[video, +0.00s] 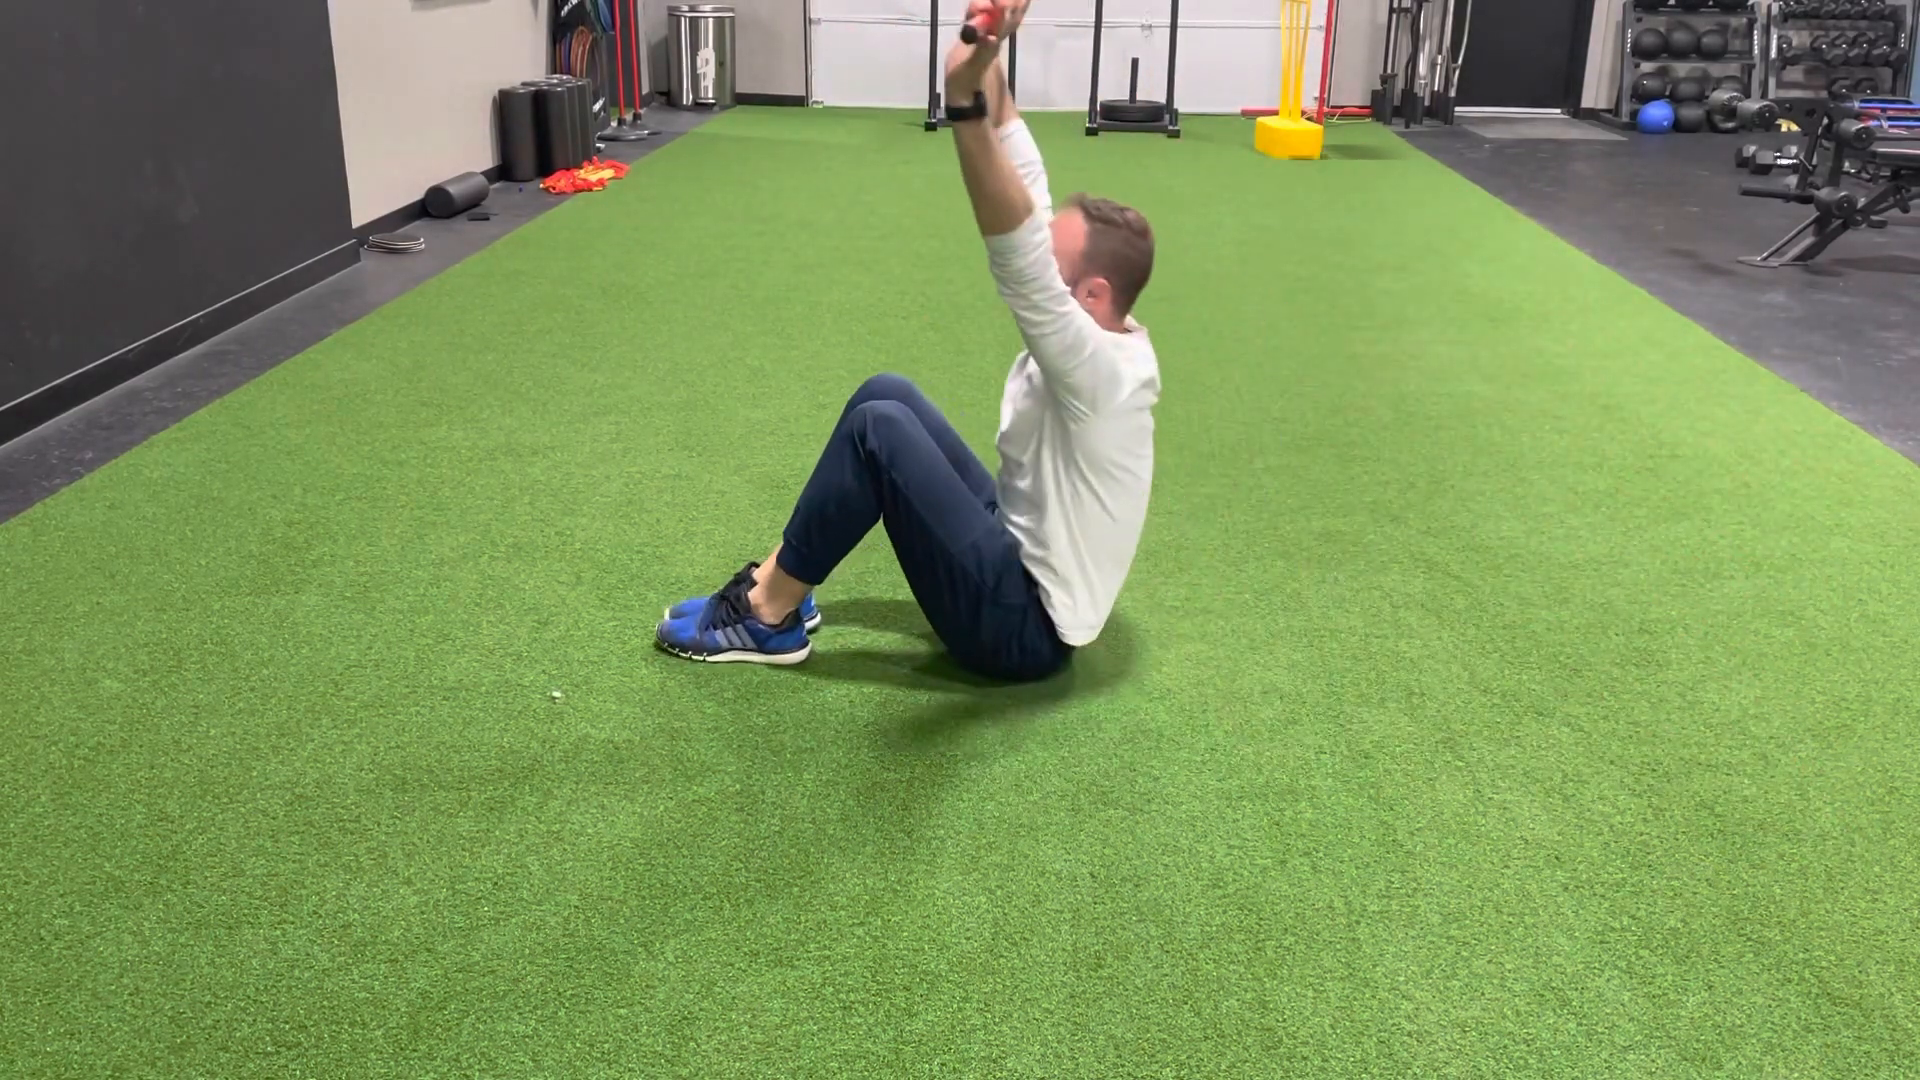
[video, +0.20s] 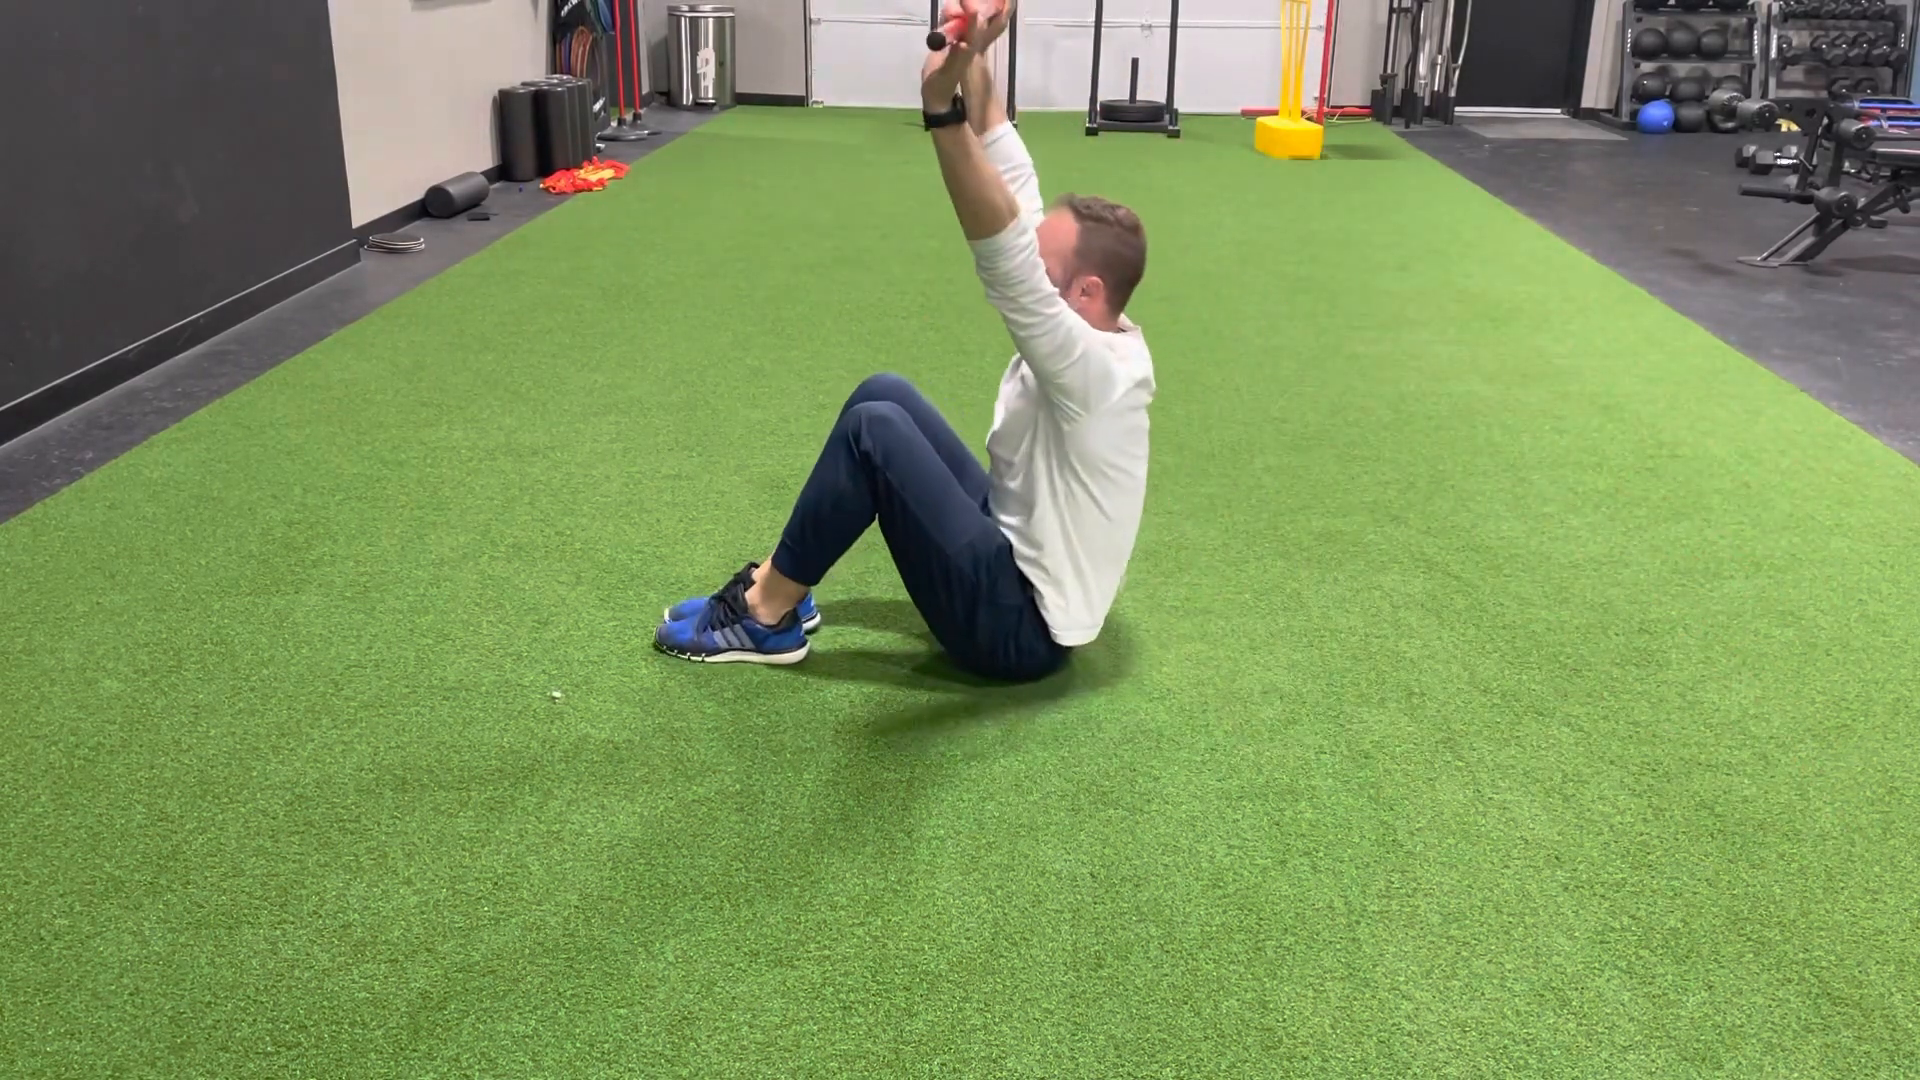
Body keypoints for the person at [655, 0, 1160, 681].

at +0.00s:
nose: (1039, 275)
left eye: (1053, 264)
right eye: (1043, 255)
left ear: (1092, 298)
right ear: (1092, 297)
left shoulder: (1097, 370)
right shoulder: (1092, 336)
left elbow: (1021, 268)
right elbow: (1035, 206)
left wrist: (965, 107)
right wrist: (993, 73)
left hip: (1026, 619)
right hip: (1027, 559)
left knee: (880, 433)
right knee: (885, 398)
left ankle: (769, 612)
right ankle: (782, 585)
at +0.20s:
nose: (1030, 277)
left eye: (1045, 266)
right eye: (1035, 258)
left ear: (1087, 295)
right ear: (1087, 295)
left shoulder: (1092, 369)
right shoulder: (1086, 337)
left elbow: (1009, 266)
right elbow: (1017, 190)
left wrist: (943, 112)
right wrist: (974, 56)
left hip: (1021, 619)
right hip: (1025, 556)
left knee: (875, 433)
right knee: (883, 397)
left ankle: (766, 612)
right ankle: (781, 587)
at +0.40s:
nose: (1081, 291)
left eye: (1095, 282)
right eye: (1084, 273)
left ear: (1136, 316)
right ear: (1136, 315)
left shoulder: (1139, 394)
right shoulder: (1135, 359)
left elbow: (1064, 290)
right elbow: (1068, 224)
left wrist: (1009, 131)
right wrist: (1028, 94)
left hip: (1034, 624)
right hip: (1033, 559)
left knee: (879, 431)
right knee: (884, 399)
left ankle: (769, 611)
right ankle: (776, 586)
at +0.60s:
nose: (1160, 309)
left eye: (1177, 305)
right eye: (1166, 291)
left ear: (1220, 349)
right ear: (1219, 347)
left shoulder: (1206, 432)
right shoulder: (1196, 393)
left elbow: (1140, 324)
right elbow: (1144, 276)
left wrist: (1096, 166)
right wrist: (1113, 137)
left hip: (1047, 621)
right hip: (1051, 555)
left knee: (887, 434)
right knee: (895, 400)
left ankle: (773, 615)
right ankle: (777, 584)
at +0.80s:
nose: (1267, 362)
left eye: (1288, 364)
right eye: (1282, 349)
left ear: (1308, 421)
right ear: (1295, 404)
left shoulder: (1283, 501)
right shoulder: (1247, 434)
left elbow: (1244, 382)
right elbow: (1213, 318)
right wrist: (1215, 153)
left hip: (1061, 621)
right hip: (1065, 561)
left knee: (889, 437)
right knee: (899, 403)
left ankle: (768, 614)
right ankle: (781, 592)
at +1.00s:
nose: (1413, 473)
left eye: (1434, 489)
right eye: (1424, 471)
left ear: (1432, 539)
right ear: (1395, 483)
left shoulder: (1353, 592)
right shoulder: (1325, 518)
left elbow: (1412, 469)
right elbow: (1353, 372)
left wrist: (1480, 354)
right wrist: (1400, 232)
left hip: (1084, 621)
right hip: (1092, 561)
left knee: (907, 435)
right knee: (909, 399)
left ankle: (776, 609)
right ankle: (789, 584)